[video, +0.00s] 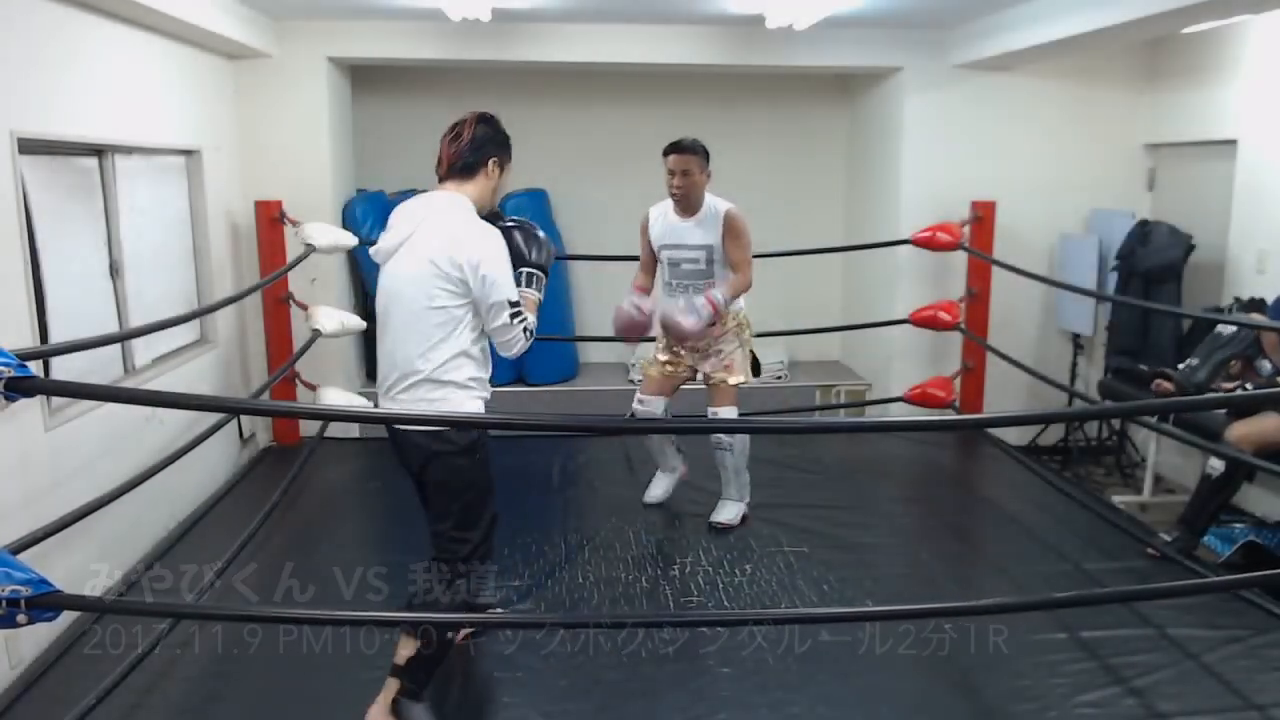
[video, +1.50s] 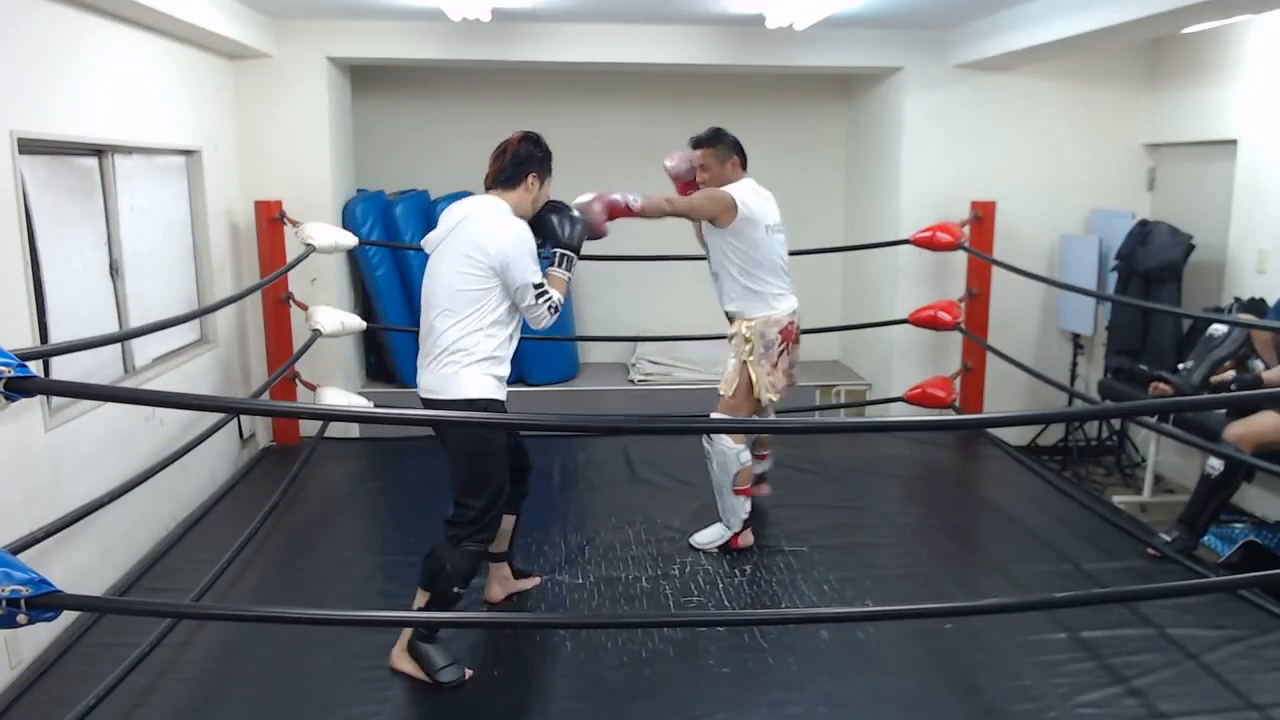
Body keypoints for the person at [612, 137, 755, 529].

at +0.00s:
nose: (675, 182)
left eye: (685, 174)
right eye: (670, 174)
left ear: (706, 175)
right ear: (665, 175)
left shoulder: (727, 219)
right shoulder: (654, 220)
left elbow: (742, 277)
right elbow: (646, 271)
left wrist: (708, 306)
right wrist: (634, 305)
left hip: (721, 331)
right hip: (671, 331)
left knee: (723, 422)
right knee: (646, 409)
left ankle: (733, 497)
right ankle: (670, 465)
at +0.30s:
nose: (655, 182)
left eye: (664, 174)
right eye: (649, 174)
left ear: (686, 174)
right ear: (643, 175)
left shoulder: (706, 216)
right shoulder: (633, 218)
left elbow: (700, 271)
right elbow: (609, 269)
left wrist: (674, 242)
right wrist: (589, 245)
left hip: (707, 332)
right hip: (660, 335)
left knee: (714, 425)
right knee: (639, 419)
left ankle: (731, 496)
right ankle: (637, 505)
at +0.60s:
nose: (650, 181)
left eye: (659, 173)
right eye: (643, 173)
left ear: (679, 172)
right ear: (635, 173)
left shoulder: (699, 209)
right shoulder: (631, 209)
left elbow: (705, 256)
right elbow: (598, 254)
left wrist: (679, 234)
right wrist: (597, 212)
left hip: (706, 328)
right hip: (660, 333)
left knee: (715, 421)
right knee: (644, 420)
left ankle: (748, 502)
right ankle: (637, 506)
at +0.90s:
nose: (684, 179)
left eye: (693, 171)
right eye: (678, 171)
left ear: (717, 171)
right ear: (673, 171)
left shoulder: (737, 216)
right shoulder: (670, 214)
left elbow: (741, 280)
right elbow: (651, 263)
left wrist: (691, 279)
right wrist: (632, 264)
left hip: (738, 333)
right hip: (696, 334)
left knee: (734, 431)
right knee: (655, 406)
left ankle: (753, 516)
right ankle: (661, 491)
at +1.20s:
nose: (698, 184)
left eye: (705, 175)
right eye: (692, 176)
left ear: (731, 173)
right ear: (688, 176)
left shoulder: (748, 215)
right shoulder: (692, 210)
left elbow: (745, 271)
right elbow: (657, 250)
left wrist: (708, 231)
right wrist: (656, 201)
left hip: (746, 333)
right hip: (718, 334)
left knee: (712, 428)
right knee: (717, 416)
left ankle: (749, 507)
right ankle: (739, 478)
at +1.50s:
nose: (698, 179)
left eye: (705, 168)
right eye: (696, 170)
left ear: (733, 165)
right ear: (739, 168)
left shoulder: (728, 199)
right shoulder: (760, 197)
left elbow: (669, 206)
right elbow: (715, 243)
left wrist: (612, 204)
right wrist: (685, 186)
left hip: (757, 327)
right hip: (778, 322)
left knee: (723, 432)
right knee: (758, 407)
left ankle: (735, 526)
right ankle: (758, 474)